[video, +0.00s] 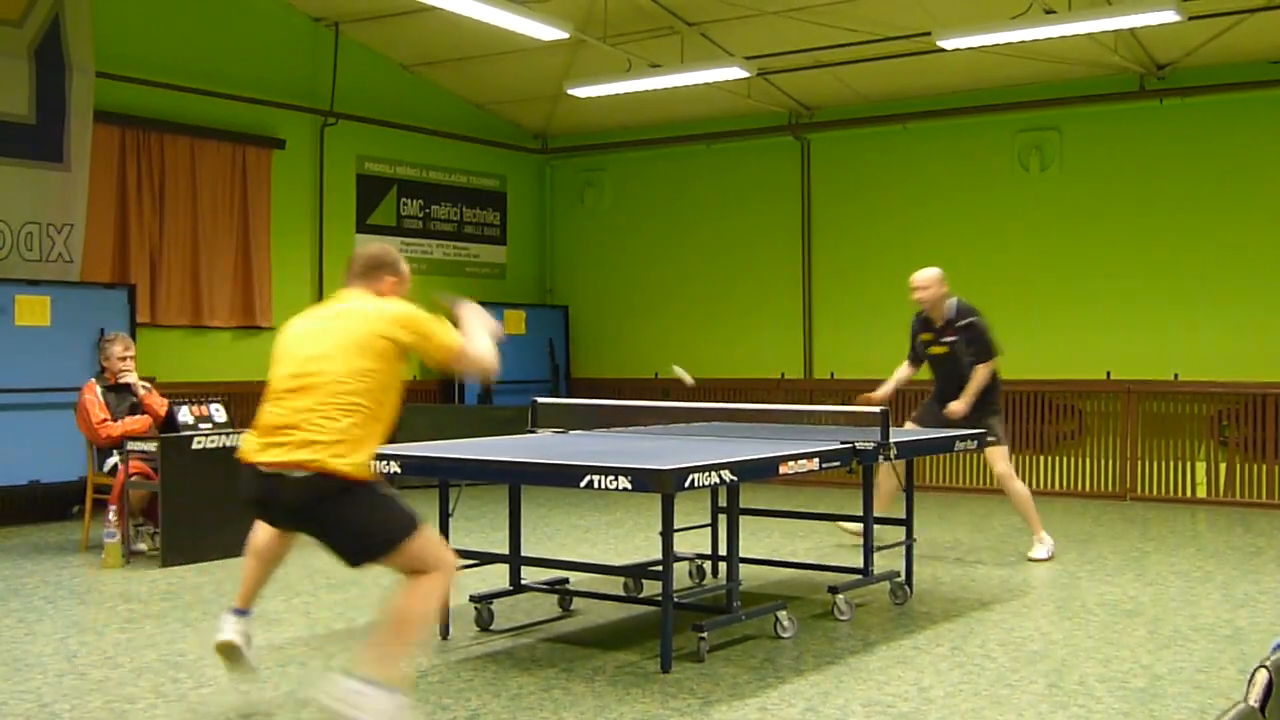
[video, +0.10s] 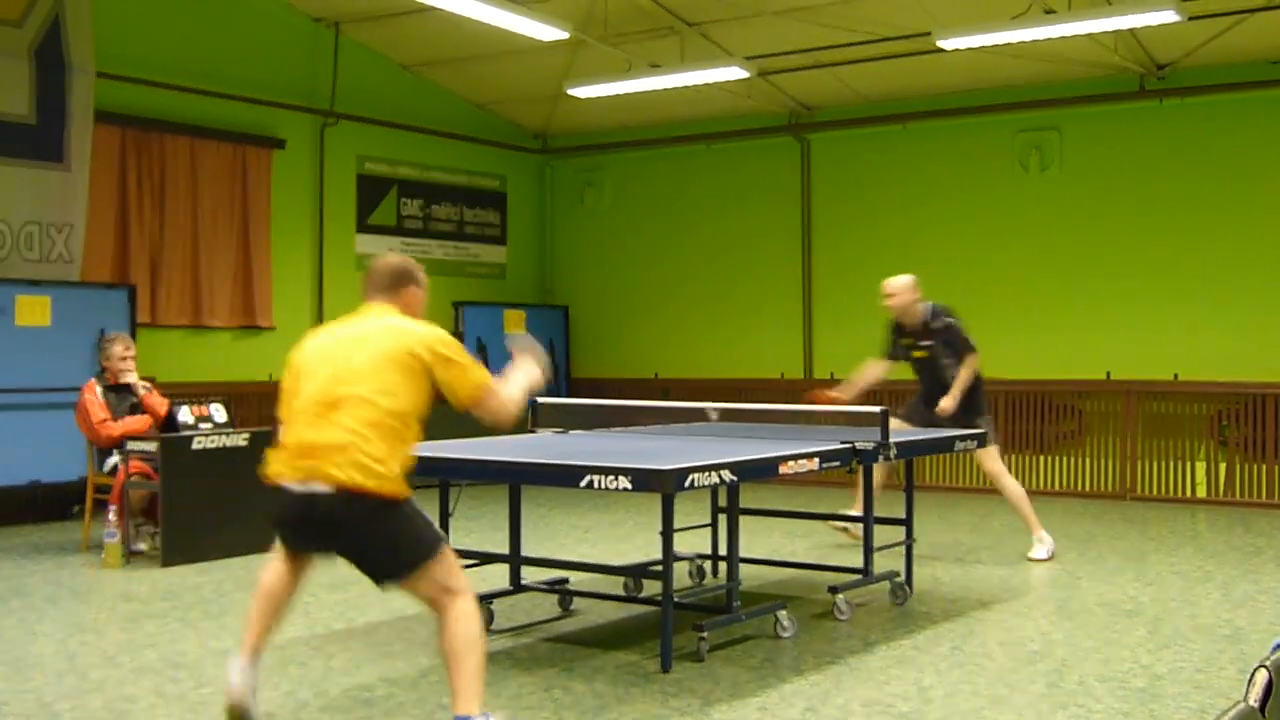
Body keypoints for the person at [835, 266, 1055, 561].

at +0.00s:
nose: (918, 295)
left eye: (924, 288)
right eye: (914, 290)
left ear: (943, 287)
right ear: (913, 293)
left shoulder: (967, 317)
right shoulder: (921, 322)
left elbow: (986, 363)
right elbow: (912, 363)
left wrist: (965, 401)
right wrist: (884, 391)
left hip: (981, 401)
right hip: (942, 399)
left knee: (1002, 471)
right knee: (894, 450)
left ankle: (1041, 536)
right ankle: (870, 522)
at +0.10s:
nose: (886, 302)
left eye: (891, 296)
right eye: (884, 297)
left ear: (913, 295)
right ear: (891, 298)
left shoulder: (941, 320)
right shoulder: (898, 327)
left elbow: (971, 359)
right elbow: (882, 364)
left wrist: (953, 396)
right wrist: (847, 392)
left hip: (966, 401)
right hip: (928, 400)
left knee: (993, 468)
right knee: (880, 443)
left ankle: (1040, 536)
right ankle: (859, 515)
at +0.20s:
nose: (837, 315)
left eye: (843, 309)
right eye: (836, 310)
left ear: (863, 307)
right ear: (843, 314)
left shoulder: (892, 323)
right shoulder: (848, 340)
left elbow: (944, 331)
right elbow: (809, 355)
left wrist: (959, 364)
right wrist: (760, 363)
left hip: (940, 408)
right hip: (901, 411)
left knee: (987, 459)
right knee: (854, 449)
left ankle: (1034, 524)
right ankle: (839, 524)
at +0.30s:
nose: (809, 332)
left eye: (814, 326)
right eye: (808, 327)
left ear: (833, 322)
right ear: (814, 328)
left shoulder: (865, 332)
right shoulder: (820, 347)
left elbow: (911, 329)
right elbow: (778, 360)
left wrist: (918, 324)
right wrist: (738, 360)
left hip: (919, 412)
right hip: (882, 416)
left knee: (963, 457)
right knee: (836, 441)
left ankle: (1031, 505)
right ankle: (834, 526)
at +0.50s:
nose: (788, 313)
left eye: (792, 306)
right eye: (785, 308)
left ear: (809, 303)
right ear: (787, 311)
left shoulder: (833, 321)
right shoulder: (797, 339)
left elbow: (848, 352)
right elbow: (791, 386)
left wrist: (812, 379)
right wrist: (774, 427)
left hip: (876, 402)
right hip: (839, 409)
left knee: (913, 453)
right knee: (807, 457)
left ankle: (973, 485)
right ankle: (832, 525)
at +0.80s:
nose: (777, 303)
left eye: (778, 298)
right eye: (774, 299)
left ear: (794, 289)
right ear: (781, 294)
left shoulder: (822, 307)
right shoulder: (790, 313)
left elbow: (831, 352)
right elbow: (809, 348)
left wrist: (795, 354)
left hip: (840, 384)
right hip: (811, 382)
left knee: (842, 452)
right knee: (781, 432)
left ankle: (863, 517)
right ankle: (794, 498)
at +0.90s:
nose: (769, 304)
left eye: (771, 298)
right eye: (766, 300)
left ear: (788, 290)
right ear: (776, 295)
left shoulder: (816, 308)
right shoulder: (782, 314)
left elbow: (830, 349)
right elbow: (795, 350)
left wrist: (794, 363)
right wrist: (786, 368)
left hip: (831, 382)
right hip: (801, 381)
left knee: (836, 451)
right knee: (773, 439)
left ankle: (862, 517)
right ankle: (770, 509)